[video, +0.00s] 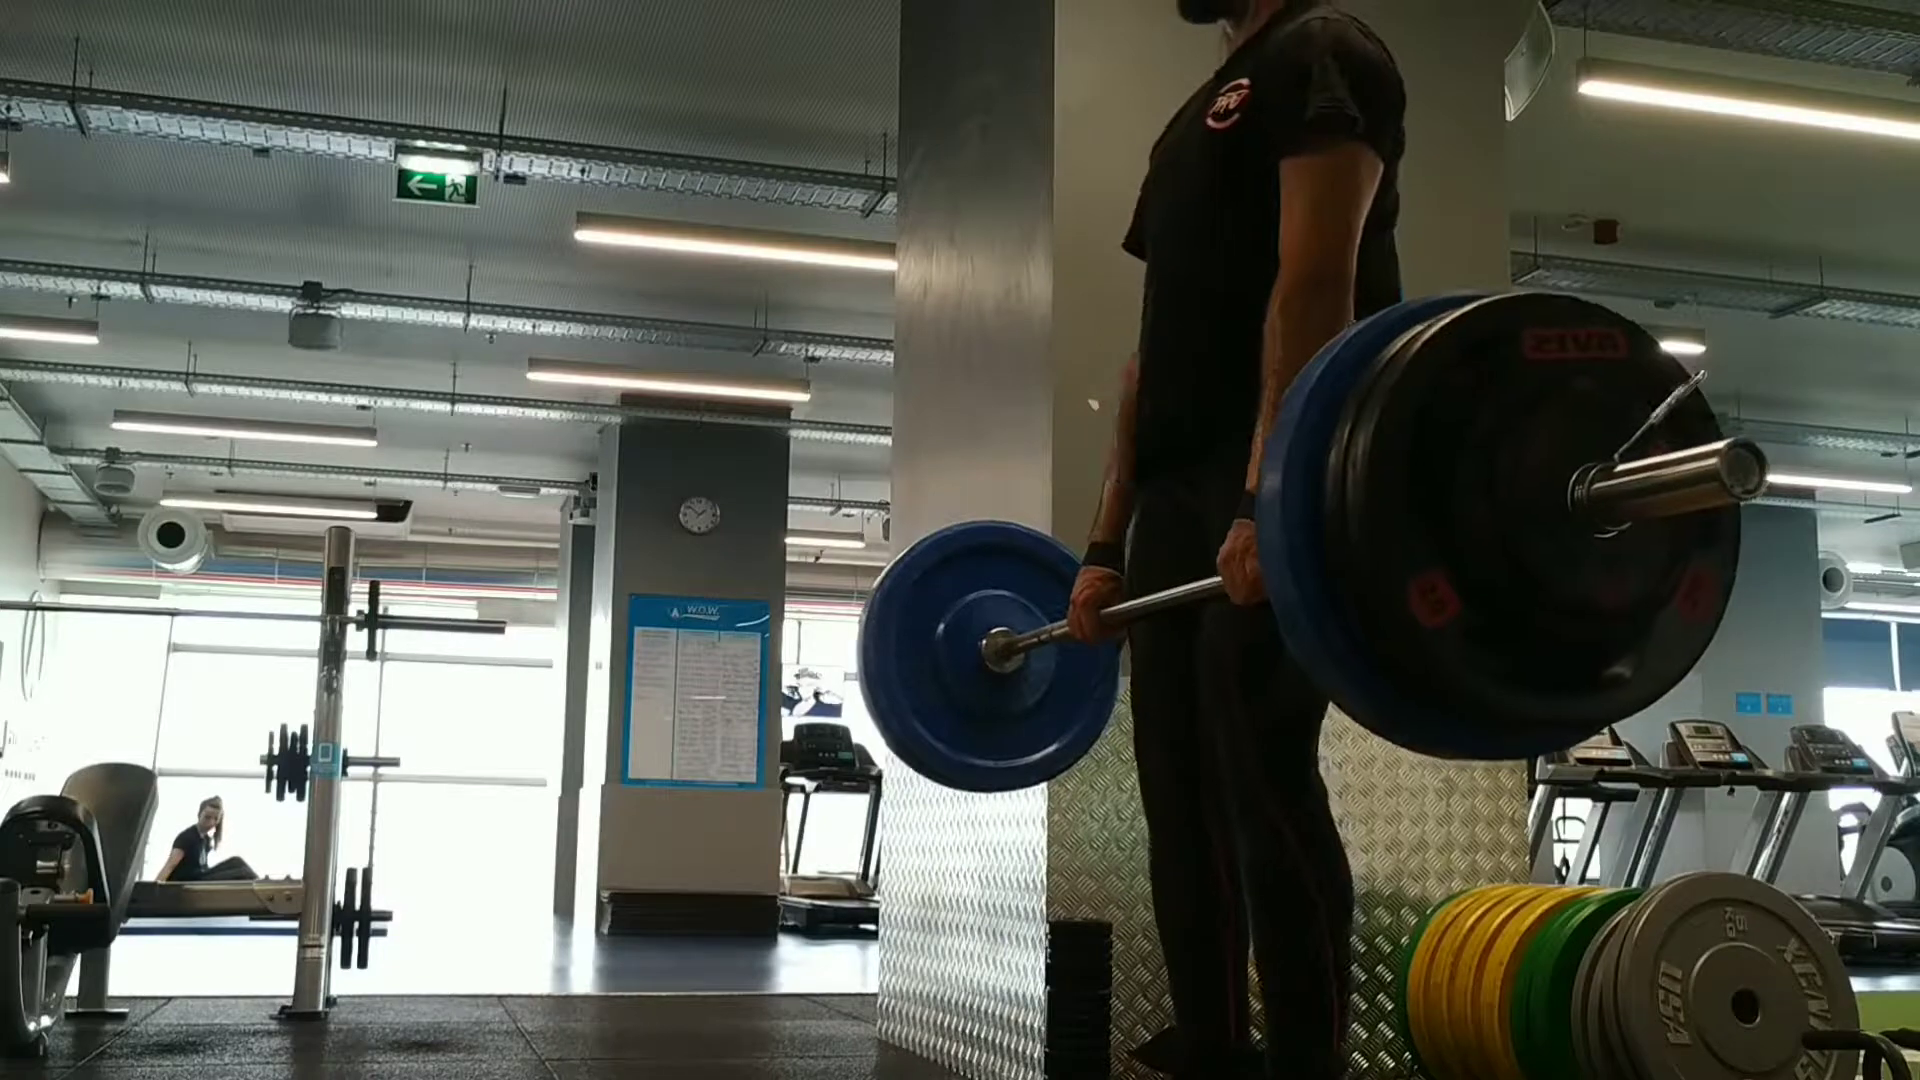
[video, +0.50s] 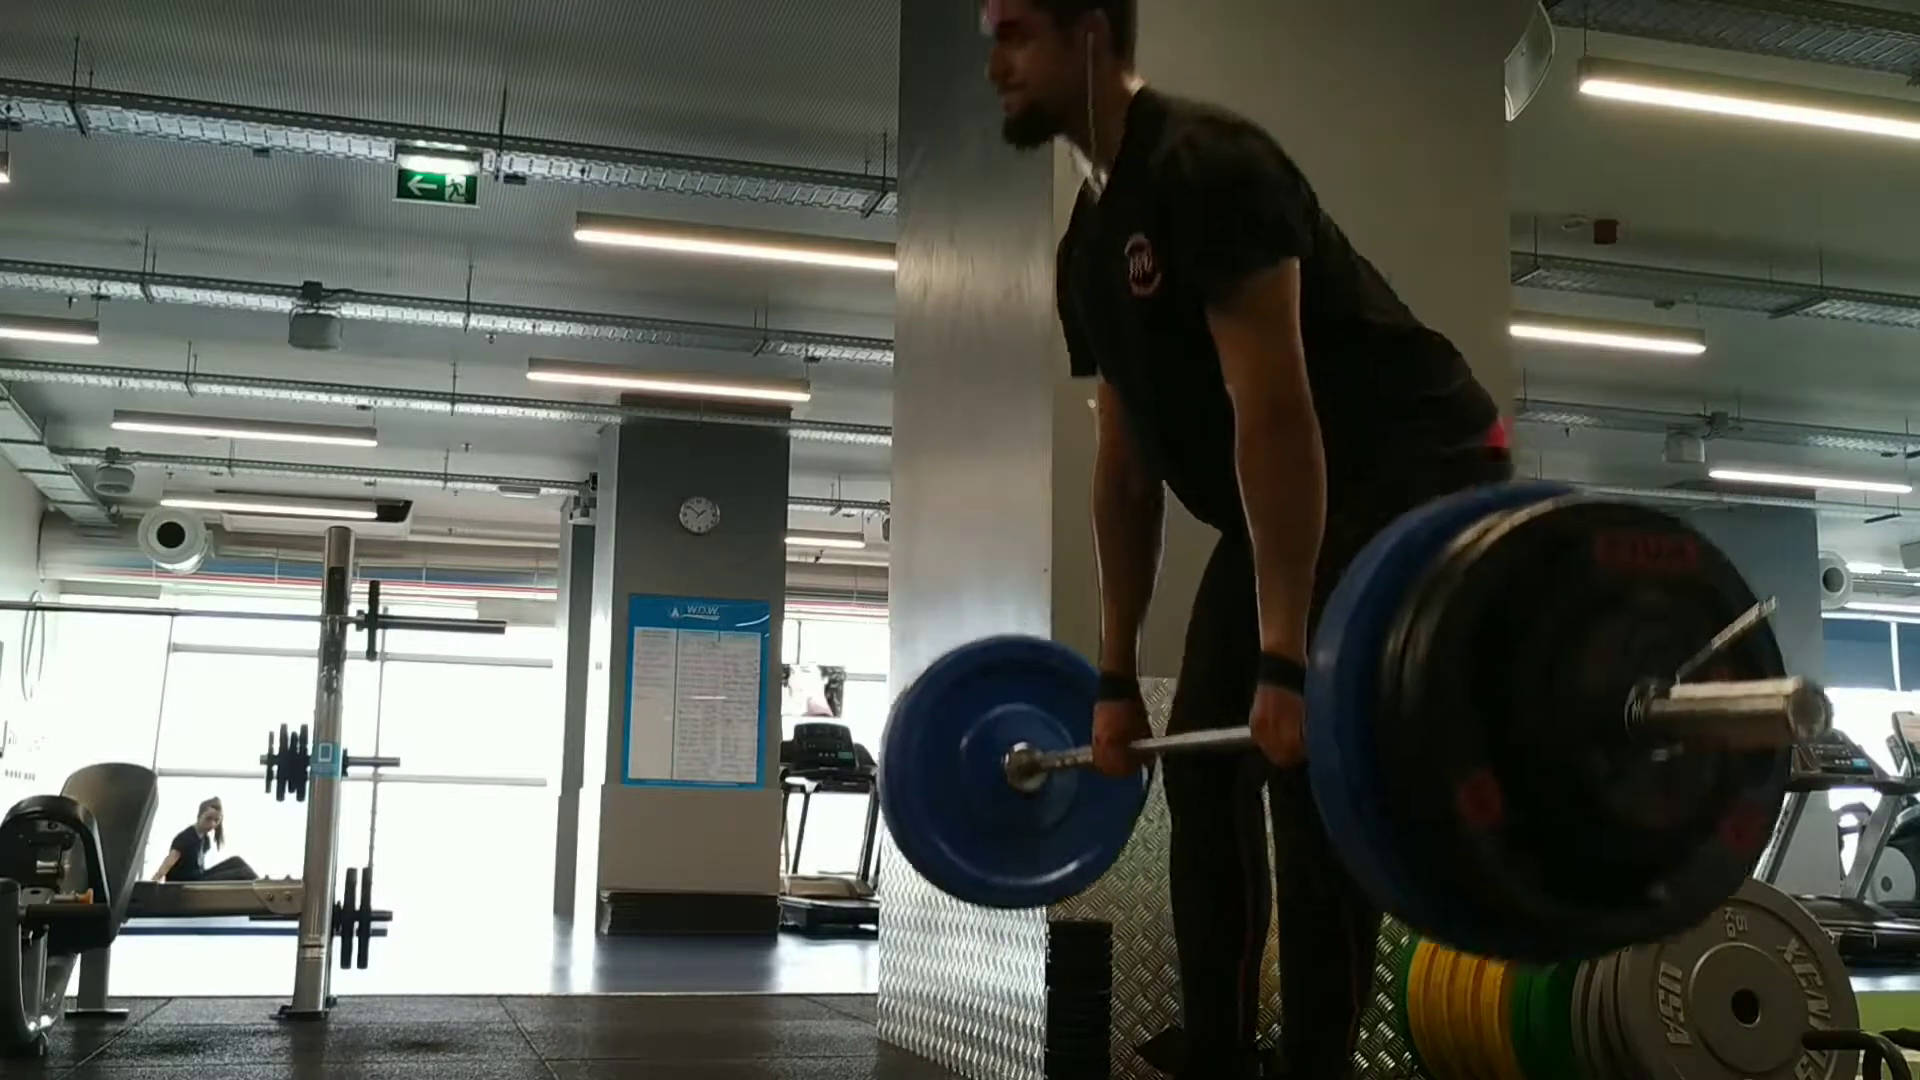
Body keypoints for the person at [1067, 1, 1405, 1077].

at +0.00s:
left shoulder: (1321, 46)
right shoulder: (1191, 121)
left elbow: (1318, 287)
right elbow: (1161, 346)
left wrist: (1271, 500)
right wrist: (1107, 546)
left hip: (1264, 500)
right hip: (1173, 507)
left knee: (1264, 786)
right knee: (1181, 792)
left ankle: (1309, 1057)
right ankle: (1207, 1049)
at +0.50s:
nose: (993, 69)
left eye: (1013, 38)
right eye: (990, 44)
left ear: (1093, 34)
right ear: (1075, 49)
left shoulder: (1207, 163)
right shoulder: (1090, 241)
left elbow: (1280, 421)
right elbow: (1123, 468)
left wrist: (1283, 661)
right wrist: (1118, 670)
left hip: (1405, 493)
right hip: (1279, 508)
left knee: (1316, 758)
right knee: (1201, 755)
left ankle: (1317, 1058)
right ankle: (1212, 1047)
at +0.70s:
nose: (959, 164)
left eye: (975, 134)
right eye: (952, 141)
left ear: (1056, 124)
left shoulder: (1186, 238)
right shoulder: (1072, 323)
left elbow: (1275, 500)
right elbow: (1120, 532)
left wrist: (1284, 751)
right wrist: (1116, 750)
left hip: (1437, 485)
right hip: (1297, 519)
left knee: (1310, 766)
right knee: (1195, 756)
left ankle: (1313, 1056)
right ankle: (1210, 1043)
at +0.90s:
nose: (928, 254)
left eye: (945, 221)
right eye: (923, 228)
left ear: (1028, 210)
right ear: (1013, 221)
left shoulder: (1172, 310)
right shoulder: (1062, 396)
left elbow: (1271, 579)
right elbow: (1113, 604)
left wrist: (1286, 830)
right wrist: (1115, 819)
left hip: (1451, 487)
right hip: (1312, 525)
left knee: (1306, 771)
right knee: (1181, 759)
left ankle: (1315, 1051)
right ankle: (1211, 1044)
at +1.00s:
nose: (922, 288)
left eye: (938, 255)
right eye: (918, 263)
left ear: (1020, 242)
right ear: (1012, 252)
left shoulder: (1172, 341)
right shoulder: (1061, 424)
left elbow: (1270, 605)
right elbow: (1114, 631)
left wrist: (1287, 868)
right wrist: (1116, 843)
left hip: (1458, 491)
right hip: (1318, 530)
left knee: (1295, 754)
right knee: (1179, 758)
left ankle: (1312, 1047)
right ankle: (1210, 1037)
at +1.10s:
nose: (915, 310)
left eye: (934, 276)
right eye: (912, 283)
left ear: (1016, 264)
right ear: (1010, 273)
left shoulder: (1170, 356)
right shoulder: (1060, 441)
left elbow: (1269, 626)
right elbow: (1113, 645)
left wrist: (1285, 886)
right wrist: (1116, 860)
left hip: (1460, 495)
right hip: (1323, 534)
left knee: (1294, 756)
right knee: (1179, 759)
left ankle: (1314, 1046)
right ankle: (1208, 1038)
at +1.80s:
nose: (1053, 4)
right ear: (1130, 9)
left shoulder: (1246, 107)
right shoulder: (1119, 188)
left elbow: (1291, 356)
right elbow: (1136, 411)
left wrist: (1285, 592)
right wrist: (1120, 623)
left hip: (1370, 497)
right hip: (1246, 509)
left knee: (1296, 775)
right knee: (1198, 765)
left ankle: (1314, 1059)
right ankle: (1213, 1046)